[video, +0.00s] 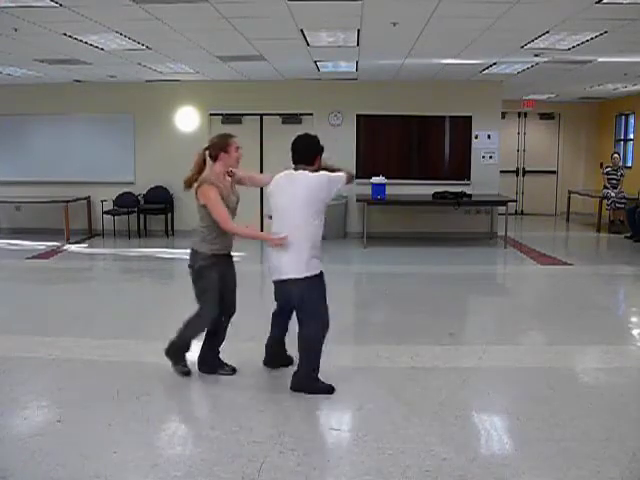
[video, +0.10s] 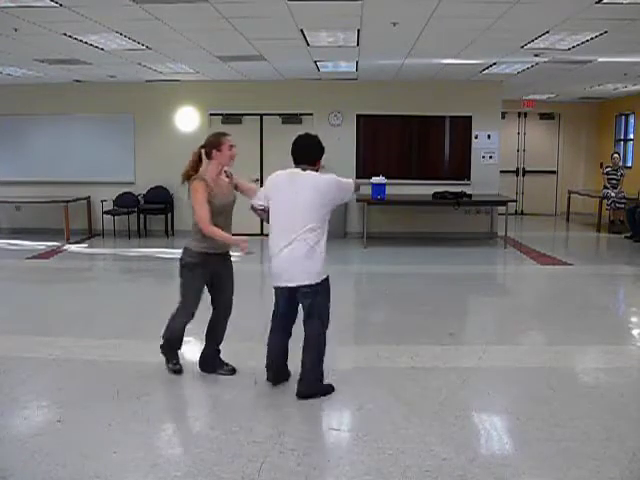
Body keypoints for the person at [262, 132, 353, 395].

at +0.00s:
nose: (320, 159)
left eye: (318, 156)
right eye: (319, 156)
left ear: (293, 156)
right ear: (317, 159)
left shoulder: (276, 181)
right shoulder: (321, 181)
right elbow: (348, 176)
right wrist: (324, 169)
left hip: (278, 267)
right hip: (306, 268)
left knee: (282, 311)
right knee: (315, 323)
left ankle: (274, 352)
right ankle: (306, 377)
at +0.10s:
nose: (321, 162)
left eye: (319, 158)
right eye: (321, 158)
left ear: (293, 158)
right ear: (318, 160)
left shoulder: (276, 179)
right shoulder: (325, 183)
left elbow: (257, 206)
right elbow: (354, 186)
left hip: (280, 271)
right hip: (311, 272)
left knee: (281, 320)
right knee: (316, 326)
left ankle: (276, 372)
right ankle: (310, 385)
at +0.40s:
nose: (306, 164)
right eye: (307, 160)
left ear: (278, 159)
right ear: (306, 162)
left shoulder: (259, 183)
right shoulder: (316, 189)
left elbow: (228, 192)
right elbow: (332, 208)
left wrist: (236, 220)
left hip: (268, 280)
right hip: (306, 279)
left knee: (262, 340)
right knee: (314, 336)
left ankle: (255, 409)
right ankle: (314, 390)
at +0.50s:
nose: (294, 164)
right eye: (295, 160)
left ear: (266, 160)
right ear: (294, 163)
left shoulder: (249, 186)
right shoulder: (306, 190)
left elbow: (214, 191)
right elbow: (332, 203)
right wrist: (303, 188)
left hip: (258, 282)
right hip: (296, 280)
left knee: (256, 343)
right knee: (306, 336)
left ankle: (257, 415)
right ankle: (309, 392)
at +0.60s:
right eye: (283, 158)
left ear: (256, 160)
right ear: (285, 161)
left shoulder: (241, 186)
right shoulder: (298, 189)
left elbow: (207, 185)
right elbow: (335, 197)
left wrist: (214, 174)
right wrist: (309, 187)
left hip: (251, 281)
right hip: (288, 280)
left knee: (254, 343)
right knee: (292, 336)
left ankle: (258, 415)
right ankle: (285, 393)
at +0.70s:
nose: (241, 156)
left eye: (244, 153)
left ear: (249, 159)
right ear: (278, 159)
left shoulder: (234, 183)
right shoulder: (293, 186)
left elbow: (208, 174)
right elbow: (332, 183)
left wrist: (234, 166)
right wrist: (307, 168)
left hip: (243, 280)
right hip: (281, 280)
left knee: (248, 340)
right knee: (279, 335)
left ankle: (255, 410)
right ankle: (273, 392)